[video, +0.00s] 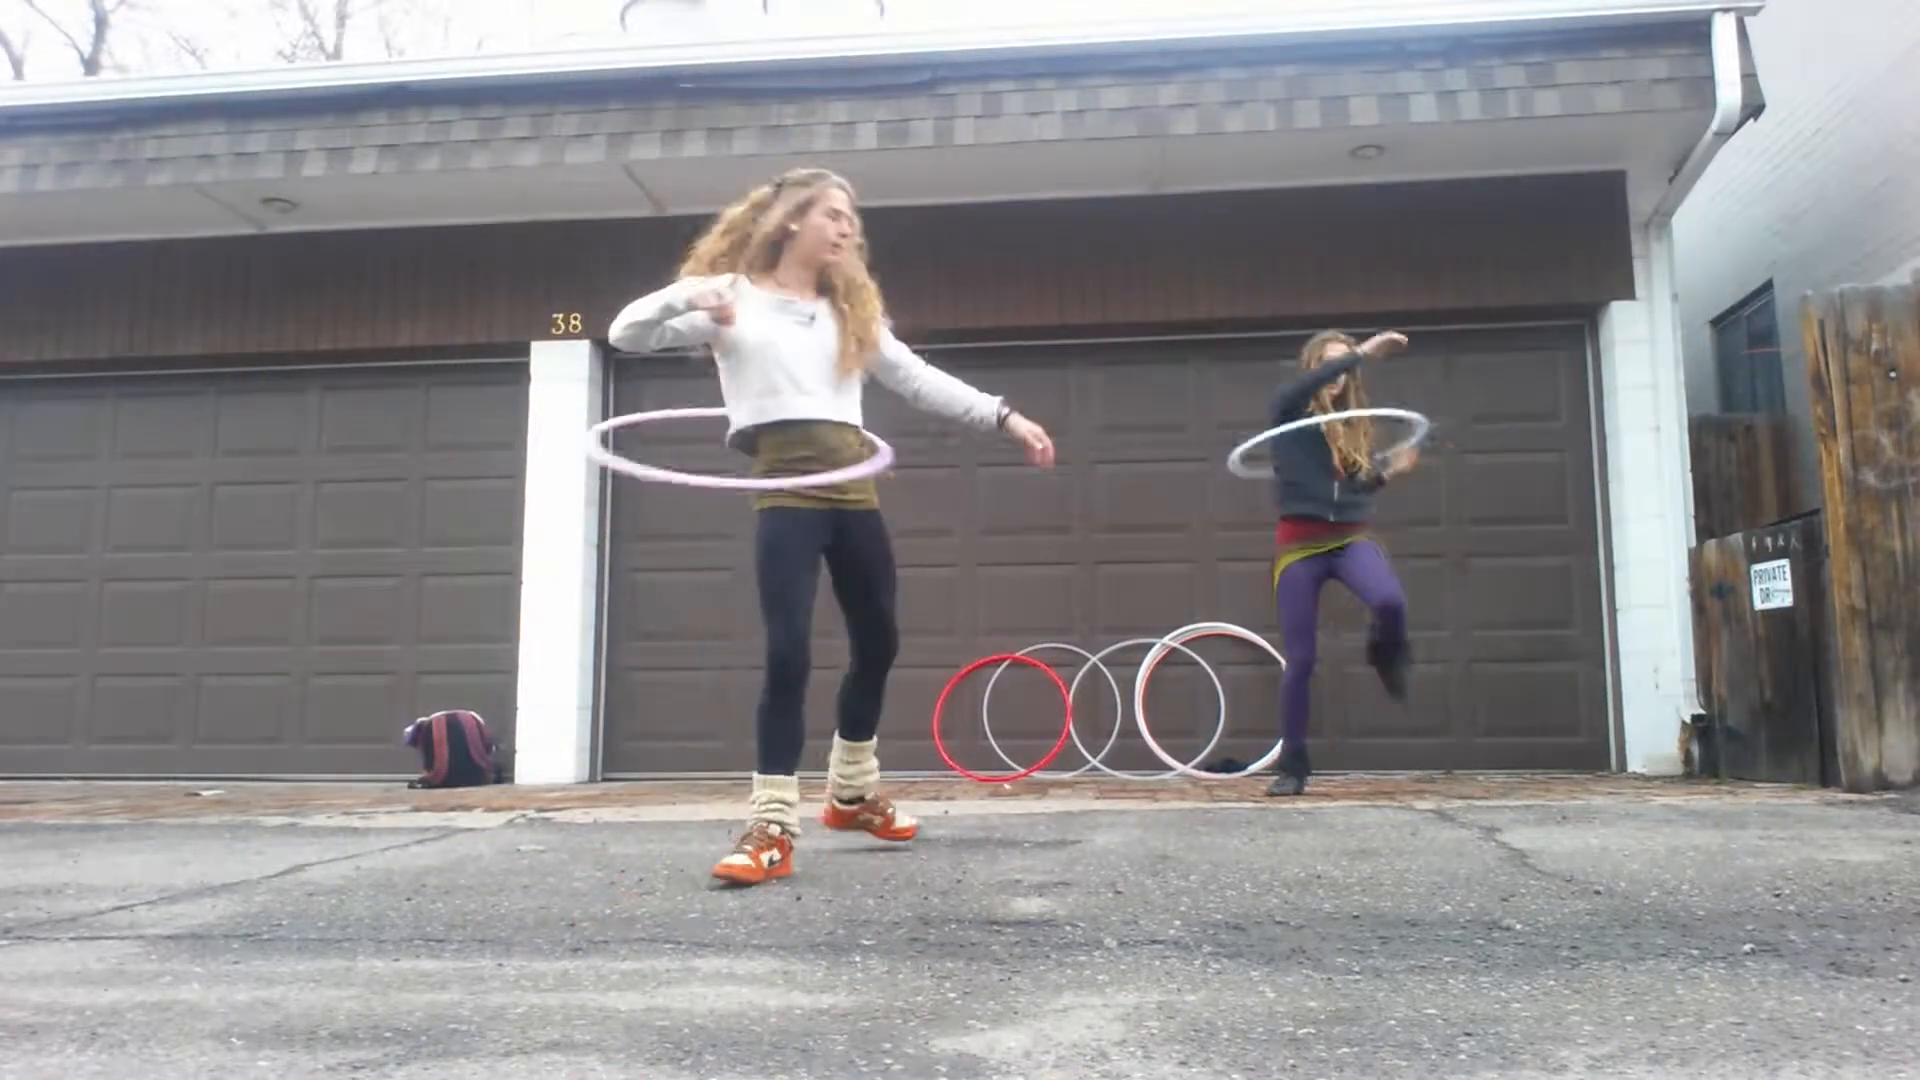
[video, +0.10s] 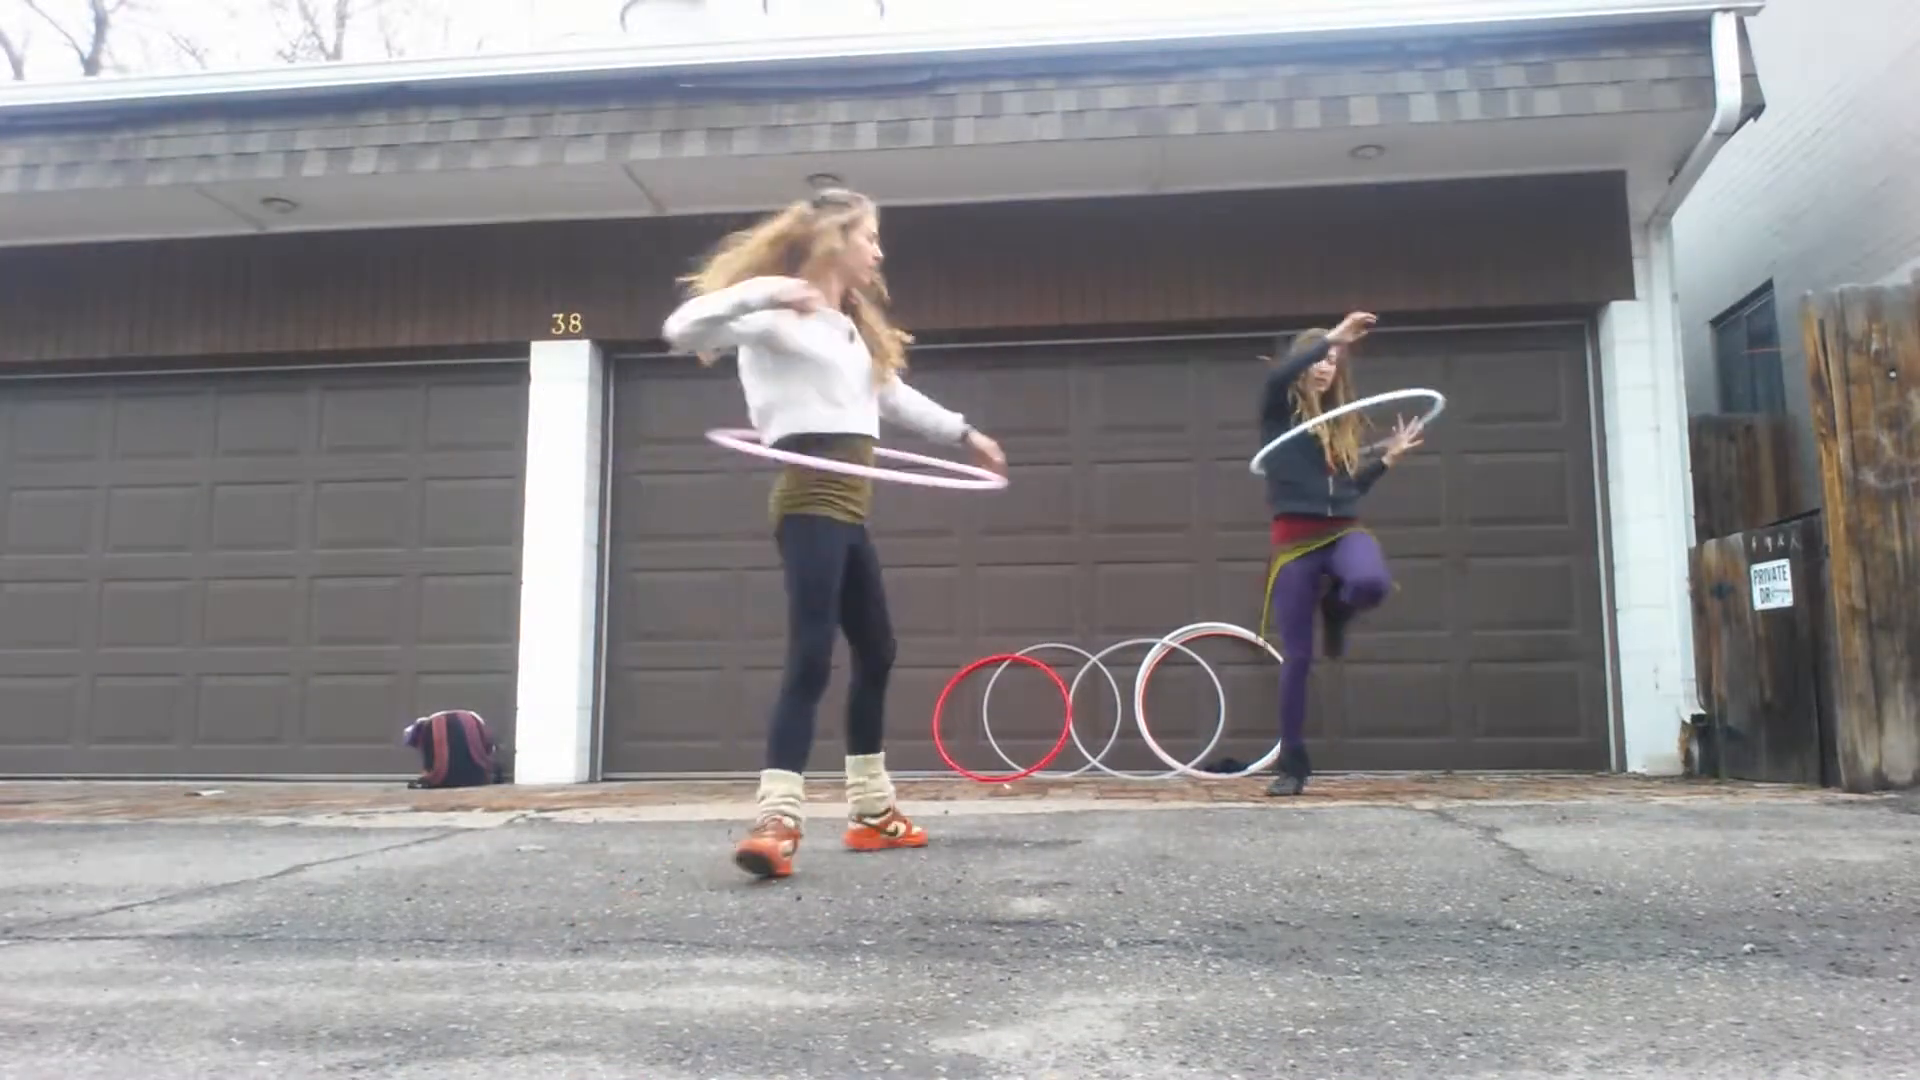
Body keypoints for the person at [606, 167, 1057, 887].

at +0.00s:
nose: (849, 228)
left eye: (853, 220)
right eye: (835, 214)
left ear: (848, 238)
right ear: (790, 221)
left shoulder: (848, 312)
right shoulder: (727, 293)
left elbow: (918, 378)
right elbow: (624, 332)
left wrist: (1004, 416)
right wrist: (693, 307)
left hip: (855, 496)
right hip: (787, 497)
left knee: (876, 646)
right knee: (788, 659)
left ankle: (851, 794)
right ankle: (771, 826)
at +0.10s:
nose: (878, 251)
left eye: (877, 238)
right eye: (869, 237)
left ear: (843, 245)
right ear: (832, 241)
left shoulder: (850, 329)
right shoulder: (769, 312)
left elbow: (893, 396)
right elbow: (680, 329)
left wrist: (964, 435)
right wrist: (760, 289)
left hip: (849, 503)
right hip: (810, 499)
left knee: (875, 651)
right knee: (810, 660)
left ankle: (871, 812)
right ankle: (777, 821)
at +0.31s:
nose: (902, 275)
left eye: (901, 264)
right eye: (897, 264)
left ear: (839, 269)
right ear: (880, 268)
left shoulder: (817, 335)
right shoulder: (867, 323)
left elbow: (805, 411)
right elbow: (913, 352)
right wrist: (1015, 353)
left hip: (816, 503)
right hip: (858, 501)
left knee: (864, 659)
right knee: (906, 657)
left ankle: (866, 813)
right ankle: (877, 807)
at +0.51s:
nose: (914, 294)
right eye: (911, 284)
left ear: (844, 288)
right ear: (905, 287)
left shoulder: (808, 340)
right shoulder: (917, 339)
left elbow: (745, 401)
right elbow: (1002, 385)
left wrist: (695, 455)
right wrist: (1081, 429)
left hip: (841, 518)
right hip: (910, 512)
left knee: (865, 656)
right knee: (929, 647)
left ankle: (866, 806)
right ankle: (959, 791)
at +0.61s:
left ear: (844, 297)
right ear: (908, 298)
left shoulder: (818, 341)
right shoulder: (930, 346)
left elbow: (751, 408)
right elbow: (1011, 399)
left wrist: (688, 454)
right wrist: (1049, 446)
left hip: (844, 519)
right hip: (915, 522)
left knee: (860, 659)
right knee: (921, 653)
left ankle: (866, 803)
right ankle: (946, 784)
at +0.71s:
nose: (829, 319)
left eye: (834, 310)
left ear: (848, 308)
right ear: (906, 309)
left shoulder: (834, 350)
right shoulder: (934, 358)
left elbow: (788, 417)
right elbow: (1010, 415)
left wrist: (716, 442)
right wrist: (998, 462)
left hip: (851, 509)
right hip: (914, 514)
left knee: (859, 657)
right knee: (907, 655)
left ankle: (869, 803)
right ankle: (921, 788)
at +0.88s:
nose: (833, 325)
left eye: (837, 316)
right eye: (836, 315)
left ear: (849, 319)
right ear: (893, 317)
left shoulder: (858, 355)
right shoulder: (917, 364)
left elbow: (830, 430)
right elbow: (943, 437)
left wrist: (818, 484)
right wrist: (879, 485)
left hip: (888, 513)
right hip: (927, 515)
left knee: (875, 650)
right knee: (884, 649)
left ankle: (906, 781)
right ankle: (889, 783)